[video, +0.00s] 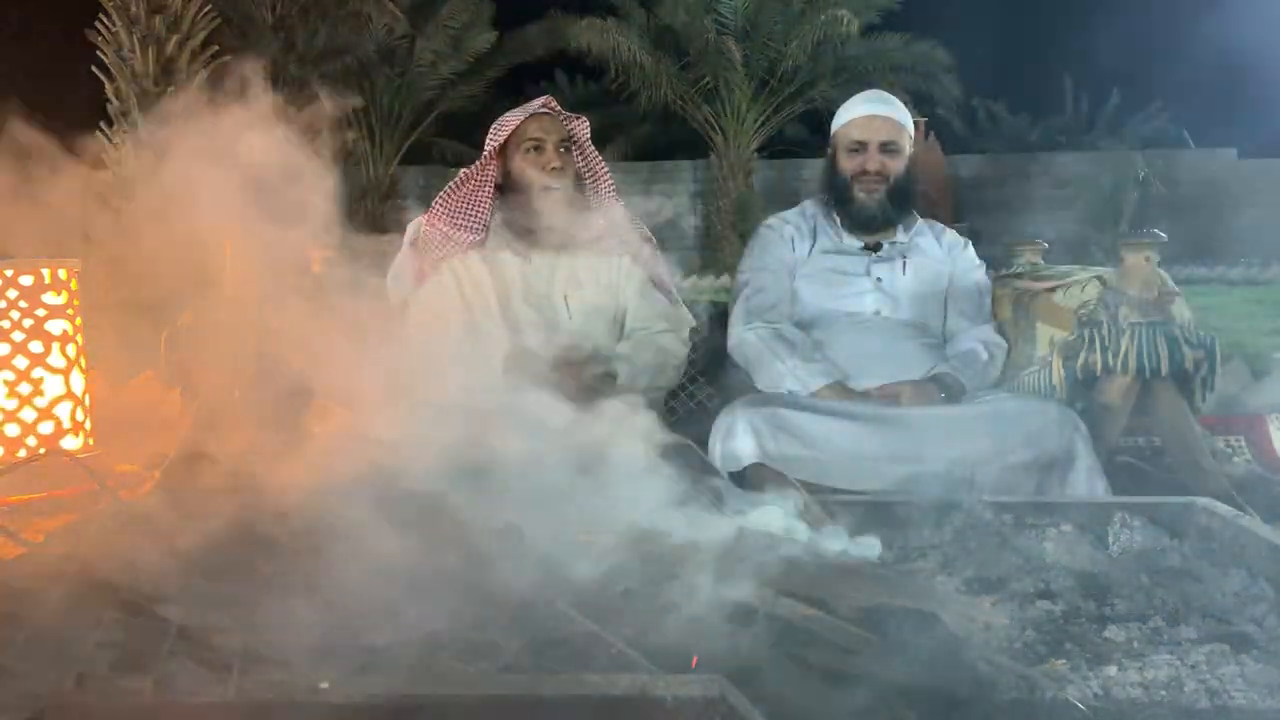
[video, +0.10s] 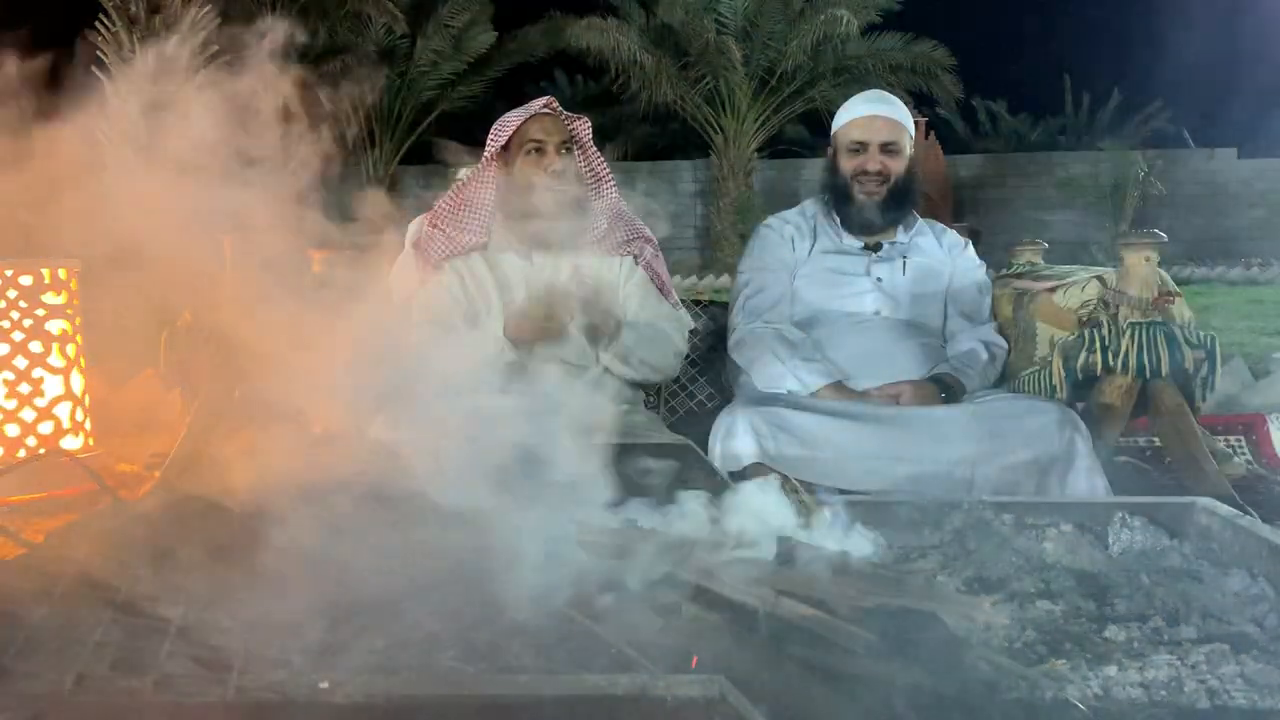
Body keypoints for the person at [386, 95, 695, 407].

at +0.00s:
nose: (555, 161)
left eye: (564, 147)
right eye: (534, 149)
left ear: (579, 161)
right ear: (502, 168)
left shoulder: (613, 259)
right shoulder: (460, 267)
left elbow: (666, 341)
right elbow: (421, 363)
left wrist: (608, 370)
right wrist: (507, 365)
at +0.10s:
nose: (556, 162)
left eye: (567, 150)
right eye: (536, 150)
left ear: (581, 170)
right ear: (502, 170)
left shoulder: (616, 271)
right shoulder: (461, 276)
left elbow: (669, 357)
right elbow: (424, 372)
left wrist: (611, 329)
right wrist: (508, 336)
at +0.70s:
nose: (562, 170)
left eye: (571, 154)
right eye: (540, 155)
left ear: (583, 167)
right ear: (504, 173)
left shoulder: (616, 260)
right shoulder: (465, 267)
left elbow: (658, 360)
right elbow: (445, 375)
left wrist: (605, 298)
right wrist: (525, 300)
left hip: (599, 417)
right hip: (496, 413)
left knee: (673, 440)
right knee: (394, 427)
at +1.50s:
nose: (569, 174)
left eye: (576, 160)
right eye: (548, 159)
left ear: (586, 171)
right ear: (507, 175)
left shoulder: (604, 260)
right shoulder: (464, 268)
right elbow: (457, 376)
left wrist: (612, 280)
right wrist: (541, 314)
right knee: (395, 426)